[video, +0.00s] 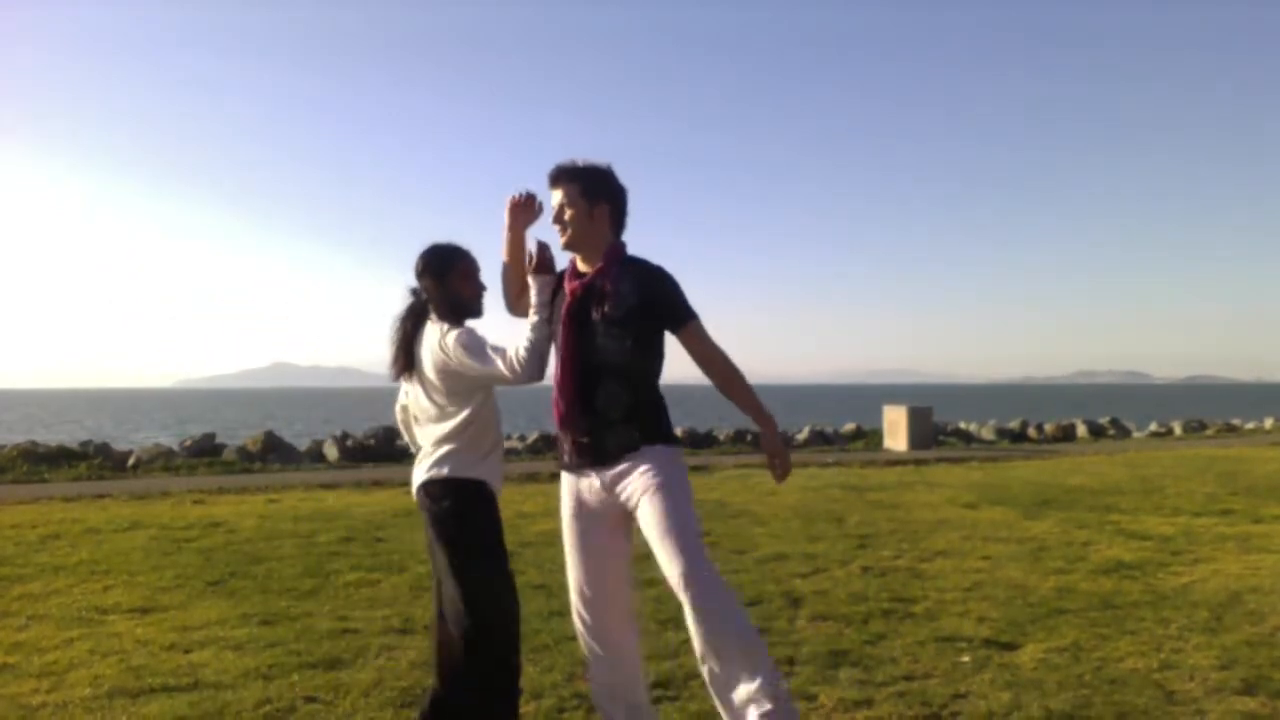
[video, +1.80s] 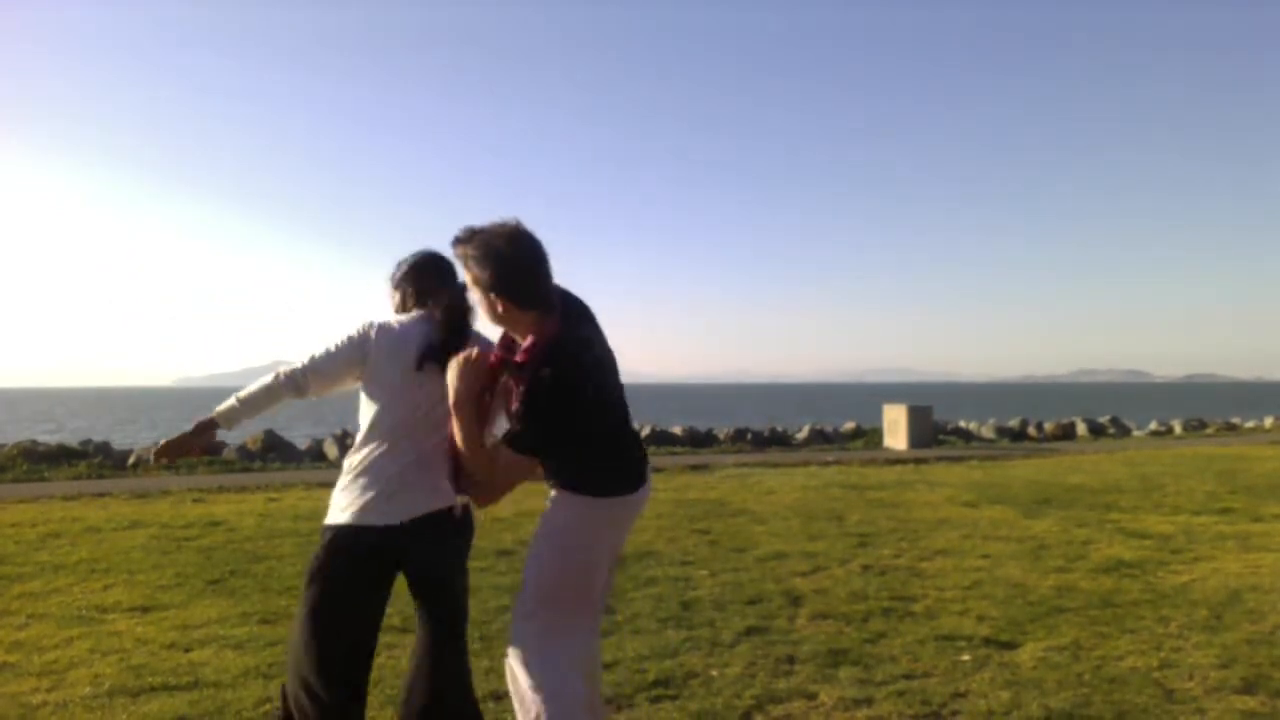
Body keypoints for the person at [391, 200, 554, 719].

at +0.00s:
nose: (481, 284)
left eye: (477, 275)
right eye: (470, 276)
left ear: (439, 288)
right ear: (444, 286)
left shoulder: (421, 340)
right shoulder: (452, 339)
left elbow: (405, 415)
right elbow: (524, 365)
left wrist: (438, 455)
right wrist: (544, 295)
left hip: (435, 483)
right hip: (463, 484)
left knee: (457, 608)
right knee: (493, 611)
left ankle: (452, 707)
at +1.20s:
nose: (487, 300)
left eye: (488, 289)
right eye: (483, 287)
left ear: (434, 280)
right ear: (453, 281)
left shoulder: (387, 332)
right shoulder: (450, 346)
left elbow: (356, 393)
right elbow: (517, 385)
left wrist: (389, 437)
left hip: (377, 499)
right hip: (424, 499)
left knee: (424, 640)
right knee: (448, 639)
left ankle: (419, 709)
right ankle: (449, 712)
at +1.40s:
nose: (494, 303)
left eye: (495, 292)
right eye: (492, 291)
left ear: (439, 283)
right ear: (472, 291)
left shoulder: (378, 331)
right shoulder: (476, 361)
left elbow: (320, 381)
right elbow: (508, 435)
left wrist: (316, 413)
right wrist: (492, 456)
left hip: (358, 511)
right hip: (425, 507)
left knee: (381, 616)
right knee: (457, 641)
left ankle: (369, 710)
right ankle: (444, 715)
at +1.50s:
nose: (501, 304)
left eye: (502, 294)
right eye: (497, 293)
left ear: (438, 288)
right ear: (478, 296)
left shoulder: (381, 331)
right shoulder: (478, 362)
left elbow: (314, 375)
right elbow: (523, 424)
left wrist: (280, 412)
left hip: (355, 517)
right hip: (427, 515)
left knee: (357, 644)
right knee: (455, 651)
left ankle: (348, 714)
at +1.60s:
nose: (492, 309)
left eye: (493, 297)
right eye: (489, 297)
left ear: (435, 289)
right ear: (474, 297)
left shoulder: (376, 335)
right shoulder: (483, 358)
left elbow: (298, 376)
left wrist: (246, 416)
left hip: (349, 523)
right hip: (428, 522)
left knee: (334, 667)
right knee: (454, 664)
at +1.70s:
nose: (477, 302)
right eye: (475, 294)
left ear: (422, 289)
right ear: (470, 297)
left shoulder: (378, 337)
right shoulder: (482, 353)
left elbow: (292, 378)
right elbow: (512, 430)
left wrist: (217, 420)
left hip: (352, 525)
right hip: (434, 524)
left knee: (321, 672)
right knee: (452, 652)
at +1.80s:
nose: (392, 303)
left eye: (394, 295)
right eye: (392, 297)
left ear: (405, 293)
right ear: (456, 293)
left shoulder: (381, 336)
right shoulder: (479, 347)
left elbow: (294, 381)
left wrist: (209, 426)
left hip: (364, 515)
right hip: (444, 516)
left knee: (326, 660)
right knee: (445, 643)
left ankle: (318, 710)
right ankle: (442, 715)